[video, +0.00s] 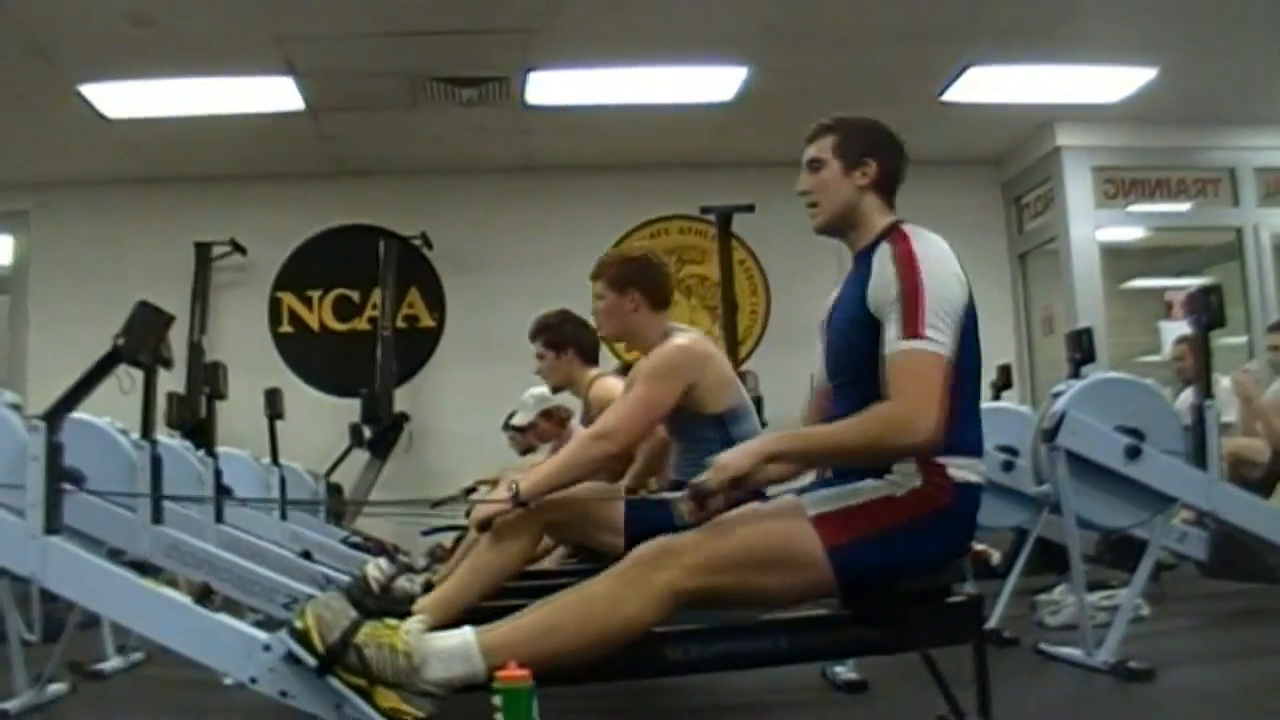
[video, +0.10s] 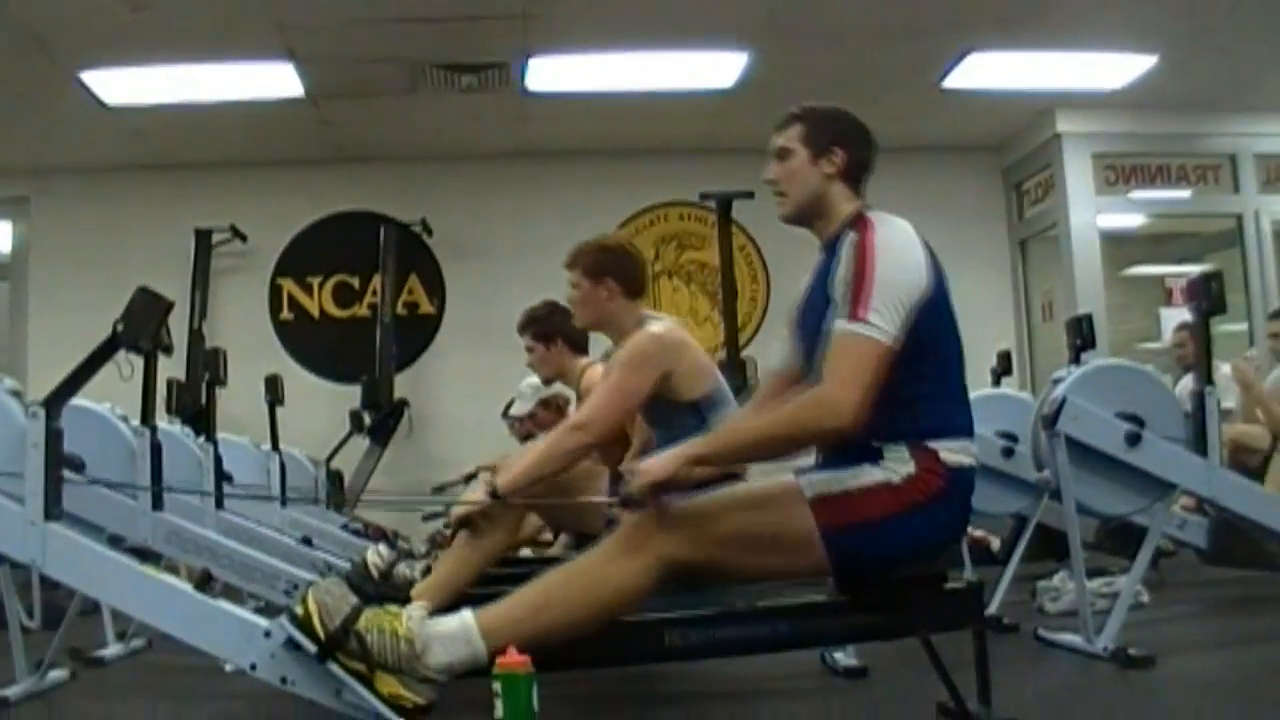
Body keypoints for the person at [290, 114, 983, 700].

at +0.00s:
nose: (803, 186)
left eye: (816, 169)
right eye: (802, 173)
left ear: (869, 173)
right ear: (852, 184)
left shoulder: (911, 254)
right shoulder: (858, 285)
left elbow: (913, 421)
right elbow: (826, 425)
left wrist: (771, 450)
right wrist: (752, 472)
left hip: (914, 493)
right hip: (865, 488)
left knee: (673, 564)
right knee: (657, 554)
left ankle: (432, 664)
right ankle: (423, 653)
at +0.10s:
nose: (771, 177)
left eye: (785, 159)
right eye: (772, 162)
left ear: (837, 165)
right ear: (817, 171)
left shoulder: (882, 243)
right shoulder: (828, 273)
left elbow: (842, 407)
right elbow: (787, 395)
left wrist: (685, 462)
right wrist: (679, 455)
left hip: (912, 481)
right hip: (864, 476)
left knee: (664, 534)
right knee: (647, 523)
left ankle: (434, 650)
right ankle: (428, 643)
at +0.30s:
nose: (684, 149)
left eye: (698, 131)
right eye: (687, 134)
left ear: (750, 140)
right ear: (742, 142)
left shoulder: (799, 212)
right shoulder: (752, 236)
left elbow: (695, 363)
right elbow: (682, 361)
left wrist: (557, 447)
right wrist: (559, 442)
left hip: (877, 447)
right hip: (826, 441)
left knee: (627, 447)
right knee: (609, 450)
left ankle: (438, 608)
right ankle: (433, 604)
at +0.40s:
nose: (642, 155)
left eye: (654, 136)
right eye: (645, 139)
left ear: (703, 143)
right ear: (697, 146)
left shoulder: (755, 218)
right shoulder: (726, 228)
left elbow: (638, 372)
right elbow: (634, 365)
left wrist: (504, 456)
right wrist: (519, 447)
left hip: (847, 450)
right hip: (806, 441)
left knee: (600, 425)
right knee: (587, 425)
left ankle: (438, 609)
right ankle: (434, 598)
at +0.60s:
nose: (556, 163)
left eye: (568, 146)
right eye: (558, 148)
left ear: (617, 150)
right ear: (614, 155)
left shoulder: (669, 225)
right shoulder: (631, 240)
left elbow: (552, 383)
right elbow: (536, 364)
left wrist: (410, 469)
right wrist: (418, 462)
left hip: (774, 458)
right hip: (729, 450)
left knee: (544, 385)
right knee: (531, 330)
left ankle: (442, 605)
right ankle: (429, 579)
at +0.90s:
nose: (513, 168)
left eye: (524, 152)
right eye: (515, 153)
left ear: (568, 155)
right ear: (569, 158)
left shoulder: (623, 229)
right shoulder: (593, 241)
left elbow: (496, 388)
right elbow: (503, 390)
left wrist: (366, 474)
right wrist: (401, 479)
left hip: (736, 460)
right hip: (707, 455)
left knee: (520, 353)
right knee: (521, 365)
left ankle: (502, 582)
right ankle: (499, 581)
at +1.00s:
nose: (529, 171)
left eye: (541, 154)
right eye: (532, 155)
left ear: (583, 158)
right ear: (588, 162)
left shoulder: (640, 233)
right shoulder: (621, 240)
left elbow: (506, 383)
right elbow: (523, 403)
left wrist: (377, 466)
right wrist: (416, 474)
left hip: (759, 460)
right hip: (741, 455)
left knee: (550, 360)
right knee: (545, 363)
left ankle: (534, 586)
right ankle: (533, 575)